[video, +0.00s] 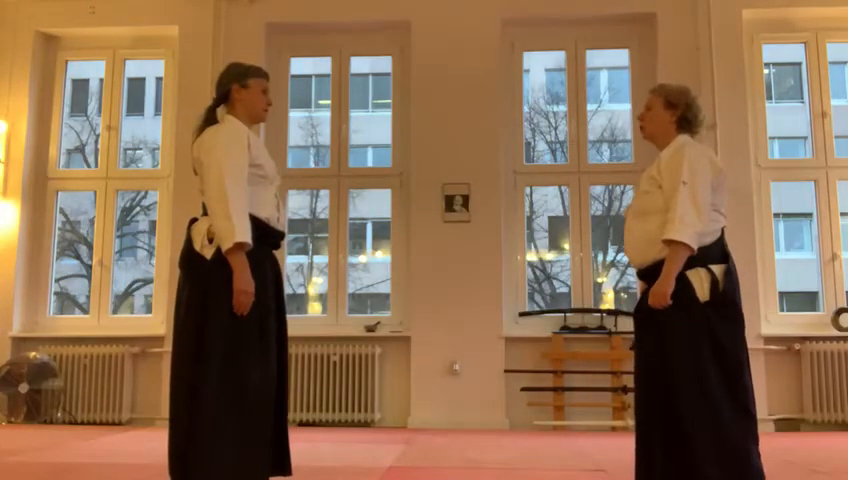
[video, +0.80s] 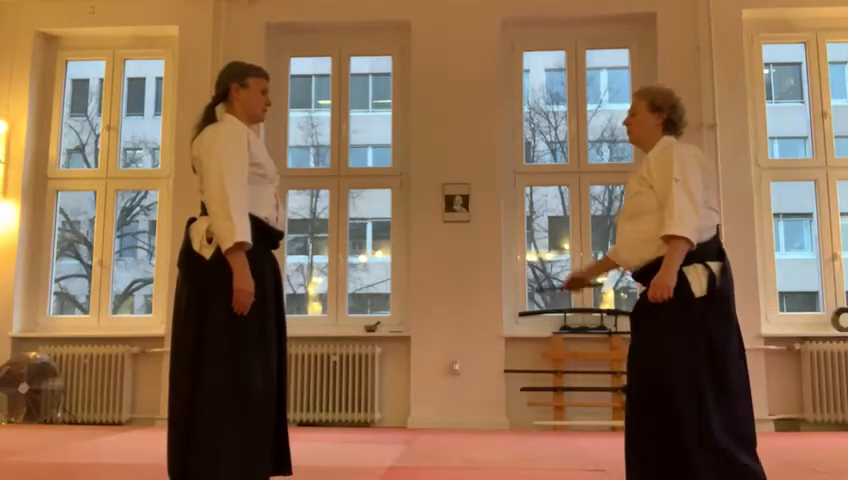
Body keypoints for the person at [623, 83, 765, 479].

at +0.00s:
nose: (641, 117)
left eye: (648, 109)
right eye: (643, 110)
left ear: (672, 113)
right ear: (668, 114)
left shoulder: (688, 152)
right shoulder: (671, 157)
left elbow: (688, 218)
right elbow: (677, 220)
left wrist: (667, 276)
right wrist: (654, 277)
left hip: (689, 282)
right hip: (667, 283)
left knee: (692, 394)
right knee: (668, 394)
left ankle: (703, 475)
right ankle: (676, 474)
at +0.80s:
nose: (626, 120)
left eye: (633, 113)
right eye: (628, 113)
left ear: (659, 119)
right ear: (649, 120)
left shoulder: (675, 152)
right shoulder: (645, 166)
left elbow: (685, 212)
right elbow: (637, 239)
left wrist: (668, 269)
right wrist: (591, 272)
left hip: (688, 279)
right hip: (659, 283)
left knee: (687, 387)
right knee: (653, 388)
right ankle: (661, 472)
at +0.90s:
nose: (622, 120)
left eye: (629, 113)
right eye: (624, 113)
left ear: (654, 116)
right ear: (646, 118)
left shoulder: (673, 152)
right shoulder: (640, 171)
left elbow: (684, 213)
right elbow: (616, 236)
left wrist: (668, 270)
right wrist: (562, 231)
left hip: (684, 282)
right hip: (656, 287)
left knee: (685, 390)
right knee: (645, 391)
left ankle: (694, 472)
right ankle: (653, 473)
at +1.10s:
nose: (612, 117)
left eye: (620, 108)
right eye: (614, 109)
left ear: (646, 112)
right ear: (640, 115)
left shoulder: (665, 149)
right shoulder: (626, 170)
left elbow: (677, 210)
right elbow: (576, 204)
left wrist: (665, 271)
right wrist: (555, 163)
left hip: (667, 281)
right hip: (634, 286)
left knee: (674, 392)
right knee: (636, 394)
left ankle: (688, 472)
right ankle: (640, 473)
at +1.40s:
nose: (580, 110)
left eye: (588, 103)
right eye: (582, 103)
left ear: (615, 108)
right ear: (605, 111)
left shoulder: (645, 153)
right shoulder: (584, 166)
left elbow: (661, 211)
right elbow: (535, 195)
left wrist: (655, 270)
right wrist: (500, 160)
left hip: (646, 280)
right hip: (601, 287)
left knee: (651, 385)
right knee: (570, 379)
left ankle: (667, 471)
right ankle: (570, 471)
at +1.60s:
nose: (541, 116)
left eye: (547, 108)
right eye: (542, 108)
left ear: (575, 112)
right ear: (567, 115)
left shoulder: (614, 158)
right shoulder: (545, 172)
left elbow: (642, 212)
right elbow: (496, 208)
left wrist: (647, 268)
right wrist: (448, 193)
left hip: (622, 282)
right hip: (570, 291)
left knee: (638, 390)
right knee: (548, 388)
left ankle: (665, 474)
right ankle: (552, 474)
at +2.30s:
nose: (514, 118)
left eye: (521, 110)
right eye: (515, 111)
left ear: (547, 112)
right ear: (538, 114)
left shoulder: (585, 158)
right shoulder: (519, 175)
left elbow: (610, 215)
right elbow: (482, 228)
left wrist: (611, 276)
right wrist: (431, 258)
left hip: (594, 284)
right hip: (546, 292)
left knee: (600, 390)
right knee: (520, 386)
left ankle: (641, 477)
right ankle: (532, 476)